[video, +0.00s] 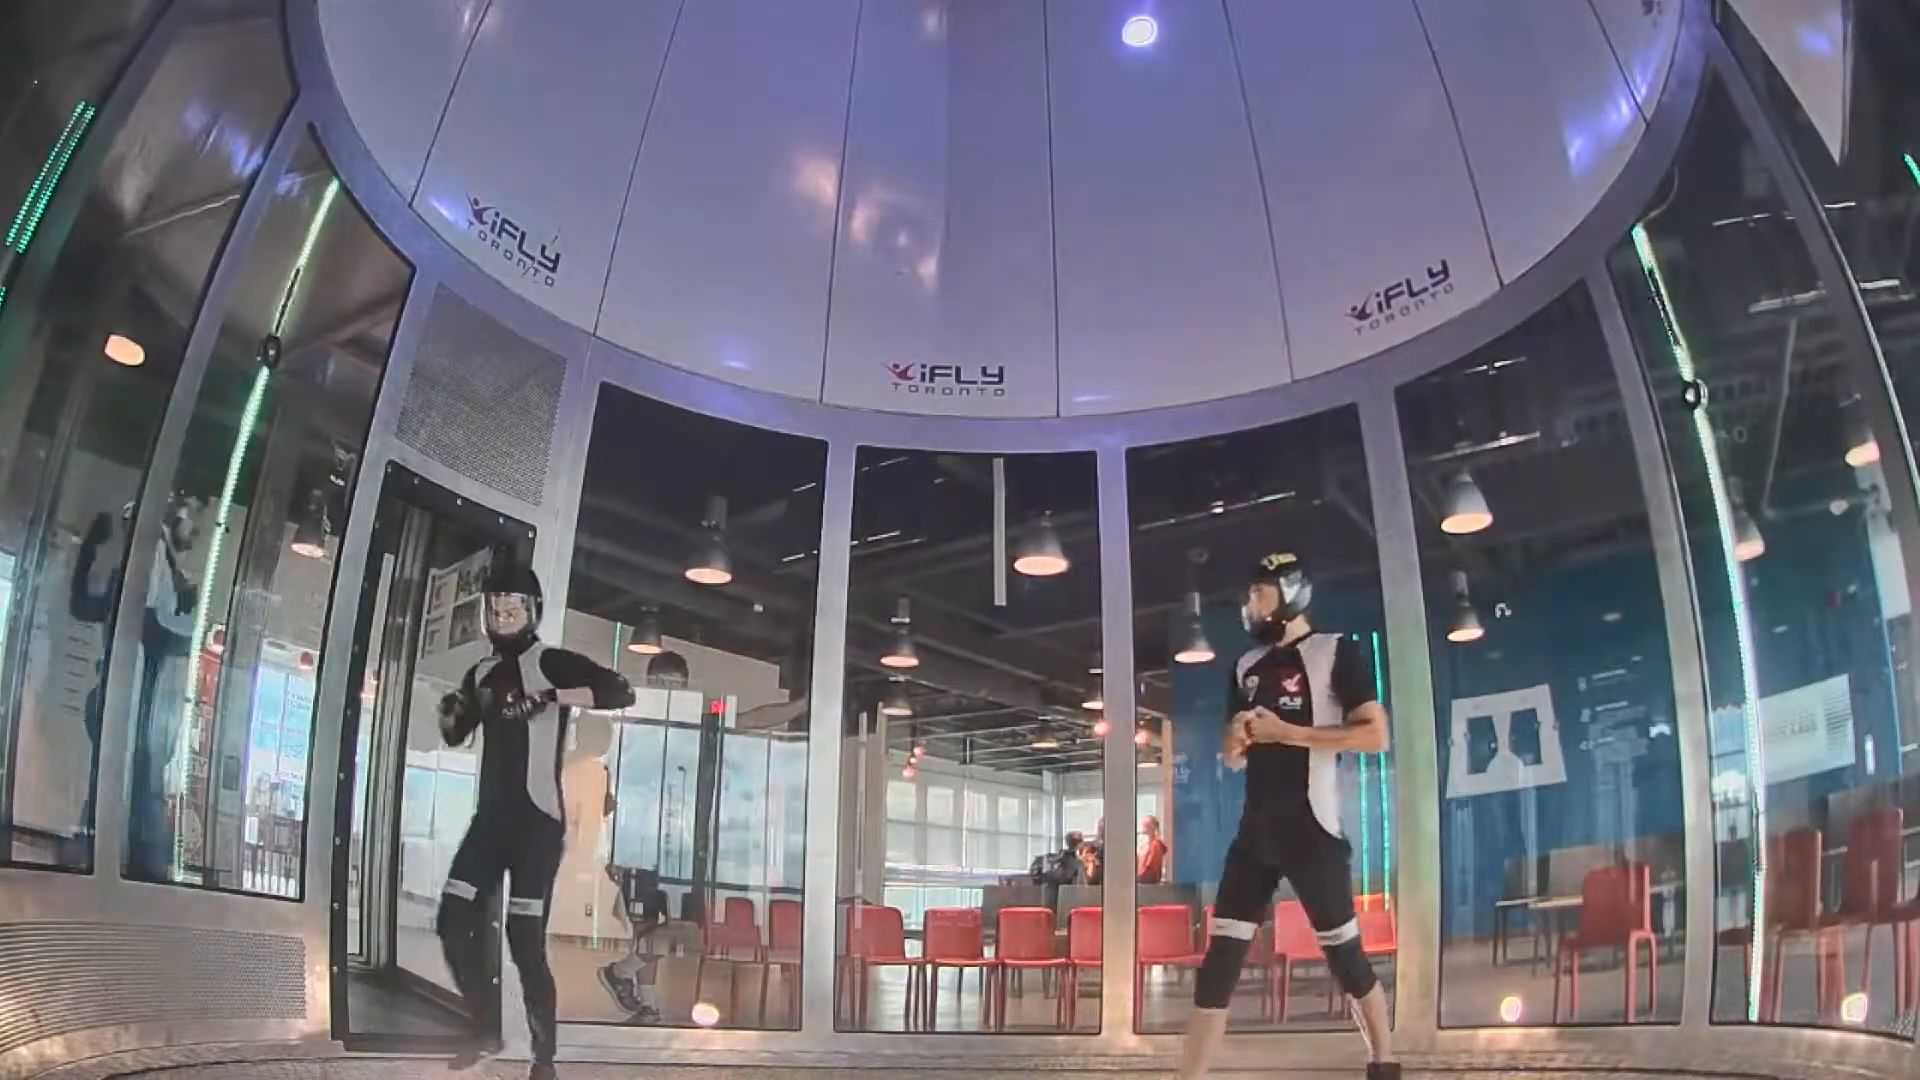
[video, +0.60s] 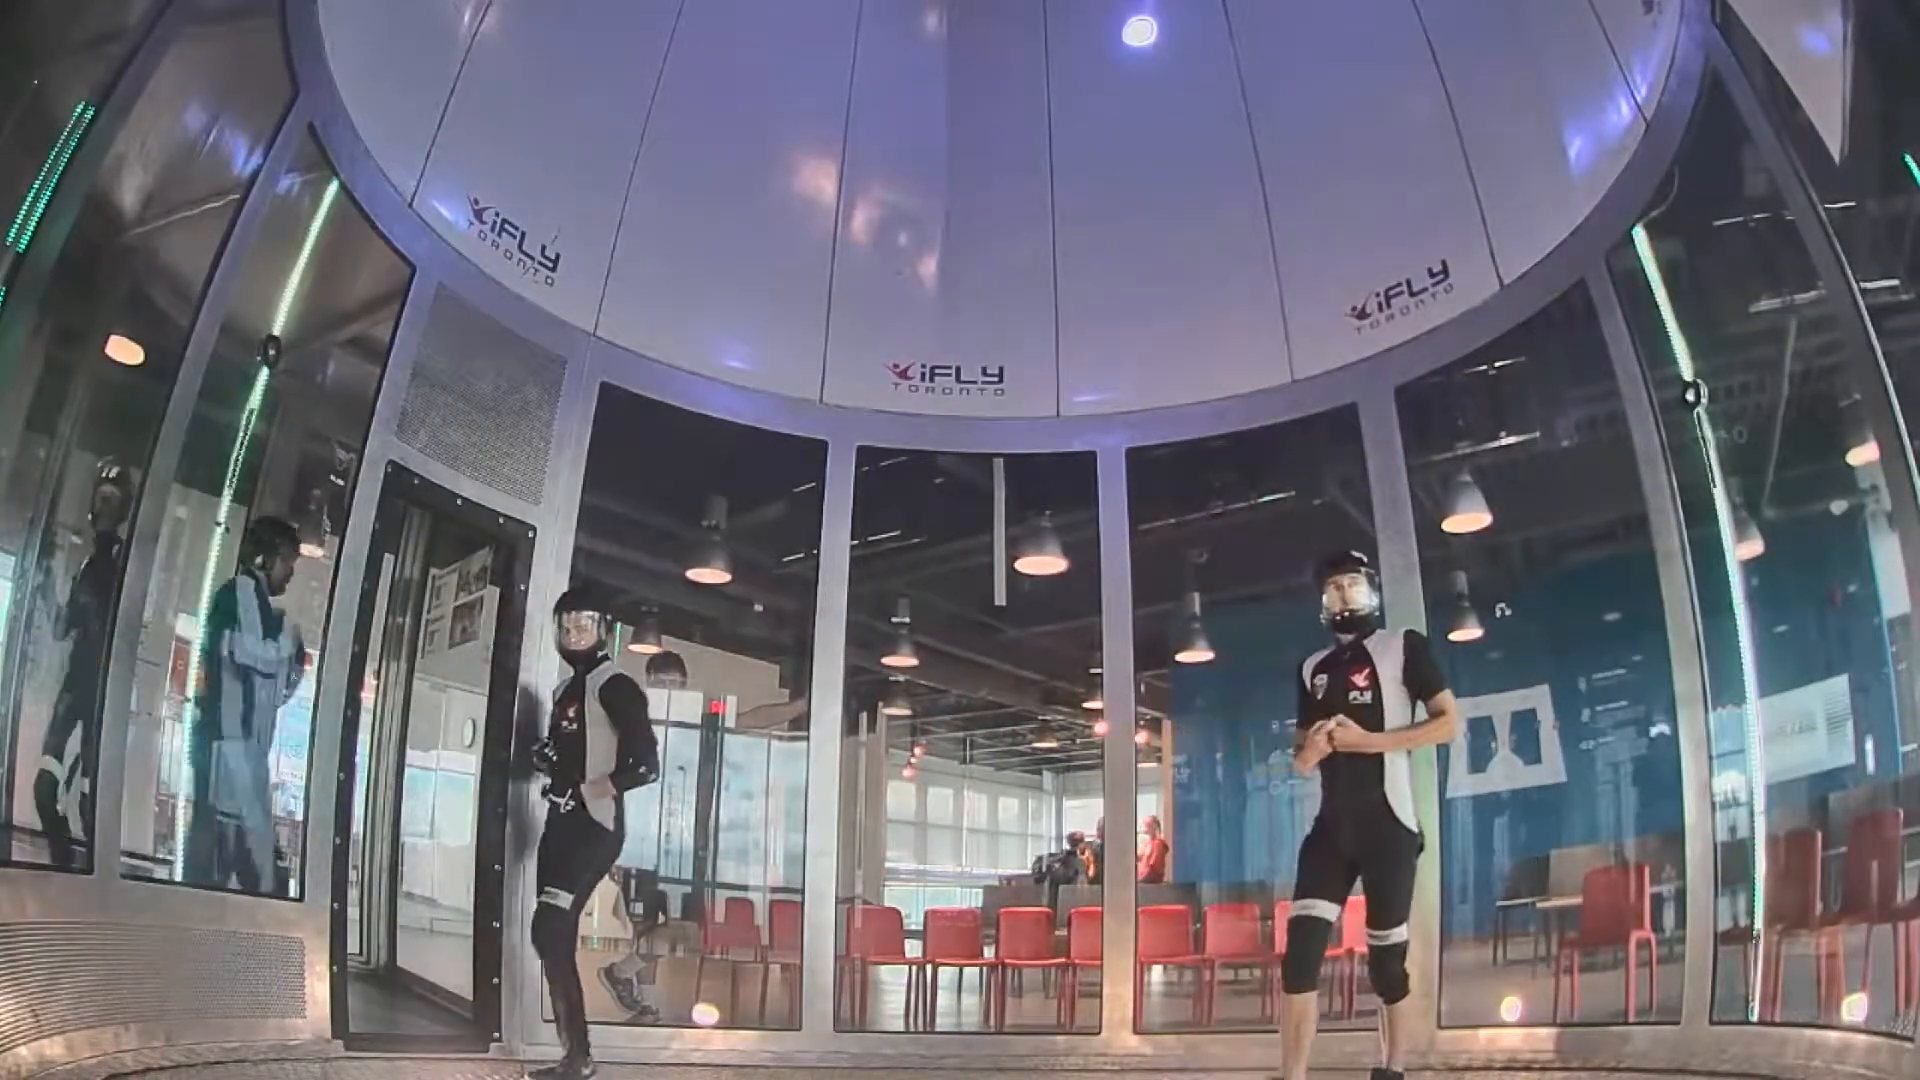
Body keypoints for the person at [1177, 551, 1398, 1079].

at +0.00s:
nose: (1252, 602)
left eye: (1262, 591)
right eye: (1252, 592)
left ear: (1292, 595)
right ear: (1256, 599)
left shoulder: (1338, 652)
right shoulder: (1245, 667)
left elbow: (1375, 735)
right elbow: (1230, 756)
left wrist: (1289, 732)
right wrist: (1236, 741)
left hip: (1315, 828)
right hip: (1257, 828)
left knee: (1346, 960)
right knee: (1221, 957)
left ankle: (1383, 1062)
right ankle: (1188, 1076)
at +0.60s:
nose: (1343, 596)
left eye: (1352, 585)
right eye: (1334, 587)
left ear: (1373, 591)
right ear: (1322, 598)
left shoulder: (1405, 646)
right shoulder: (1311, 667)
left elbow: (1449, 723)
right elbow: (1302, 760)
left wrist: (1371, 741)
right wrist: (1311, 750)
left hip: (1391, 826)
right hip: (1331, 827)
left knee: (1386, 966)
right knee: (1300, 955)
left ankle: (1393, 1066)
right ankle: (1293, 1075)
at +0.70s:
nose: (1343, 596)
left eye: (1353, 584)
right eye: (1333, 587)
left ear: (1374, 591)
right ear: (1322, 599)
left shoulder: (1409, 648)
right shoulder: (1309, 667)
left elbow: (1446, 728)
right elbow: (1303, 762)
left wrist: (1369, 738)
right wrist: (1313, 750)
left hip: (1392, 826)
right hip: (1331, 828)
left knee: (1387, 966)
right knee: (1313, 959)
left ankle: (1393, 1066)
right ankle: (1307, 1076)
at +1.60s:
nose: (1273, 573)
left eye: (1280, 562)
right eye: (1264, 569)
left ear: (1306, 570)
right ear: (1259, 586)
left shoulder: (1364, 630)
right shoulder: (1266, 644)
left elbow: (1377, 585)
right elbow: (1288, 585)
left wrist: (1353, 490)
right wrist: (1306, 490)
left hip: (1373, 818)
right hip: (1301, 825)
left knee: (1391, 970)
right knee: (1306, 979)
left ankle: (1411, 1065)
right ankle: (1300, 1077)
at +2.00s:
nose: (1324, 550)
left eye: (1333, 541)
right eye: (1313, 544)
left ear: (1352, 556)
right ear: (1301, 563)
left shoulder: (1396, 620)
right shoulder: (1299, 631)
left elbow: (1422, 597)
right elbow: (1287, 606)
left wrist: (1369, 497)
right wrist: (1314, 500)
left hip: (1396, 815)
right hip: (1323, 819)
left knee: (1406, 977)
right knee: (1313, 979)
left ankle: (1437, 1074)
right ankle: (1304, 1077)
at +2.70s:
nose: (1397, 573)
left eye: (1406, 560)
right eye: (1392, 563)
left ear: (1438, 558)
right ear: (1391, 569)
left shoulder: (1481, 617)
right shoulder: (1400, 643)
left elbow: (1504, 712)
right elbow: (1390, 741)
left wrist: (1416, 723)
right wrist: (1385, 739)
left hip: (1474, 806)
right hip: (1419, 808)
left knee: (1479, 953)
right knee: (1400, 955)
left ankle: (1492, 1075)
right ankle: (1390, 1076)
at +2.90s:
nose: (1390, 574)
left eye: (1400, 561)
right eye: (1386, 564)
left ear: (1431, 559)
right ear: (1385, 568)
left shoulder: (1473, 613)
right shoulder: (1398, 640)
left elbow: (1490, 702)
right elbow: (1385, 748)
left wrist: (1415, 693)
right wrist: (1377, 711)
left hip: (1464, 804)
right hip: (1412, 806)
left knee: (1475, 949)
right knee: (1399, 952)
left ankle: (1490, 1074)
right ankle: (1393, 1075)